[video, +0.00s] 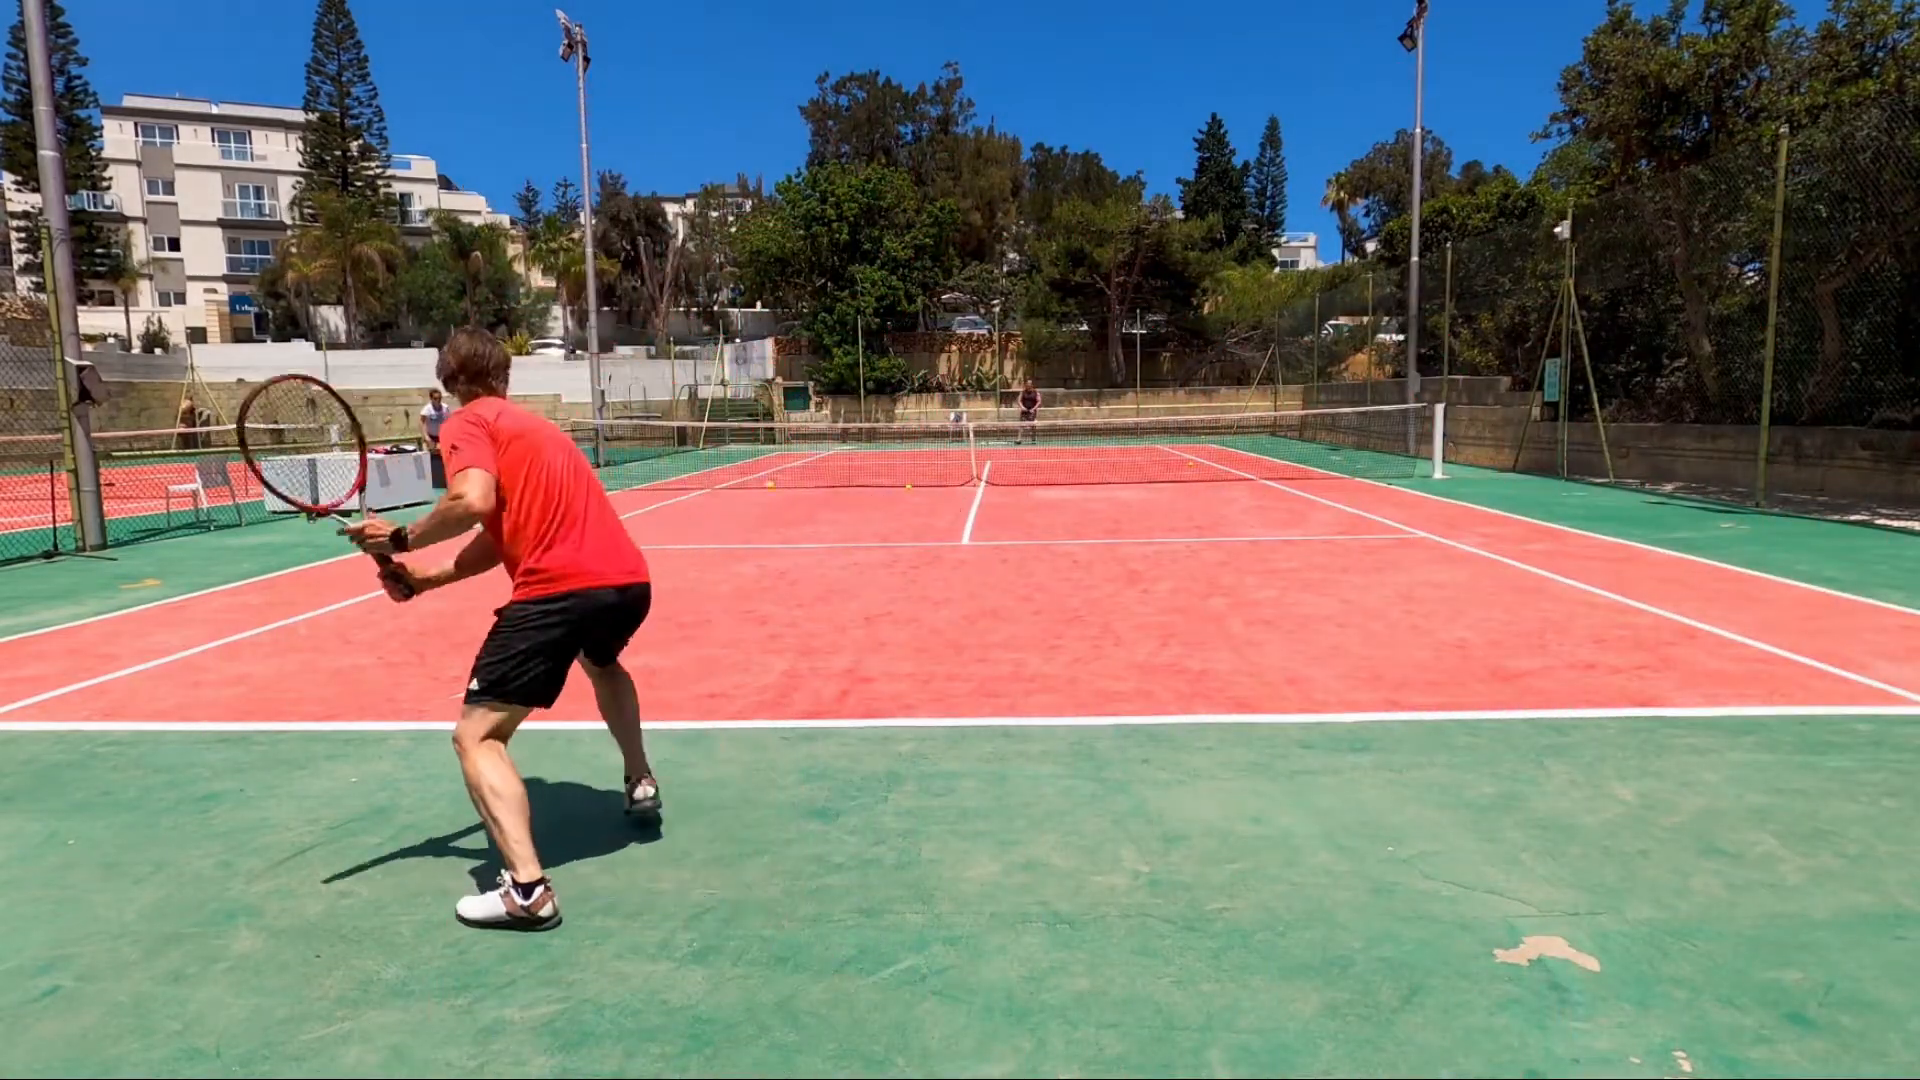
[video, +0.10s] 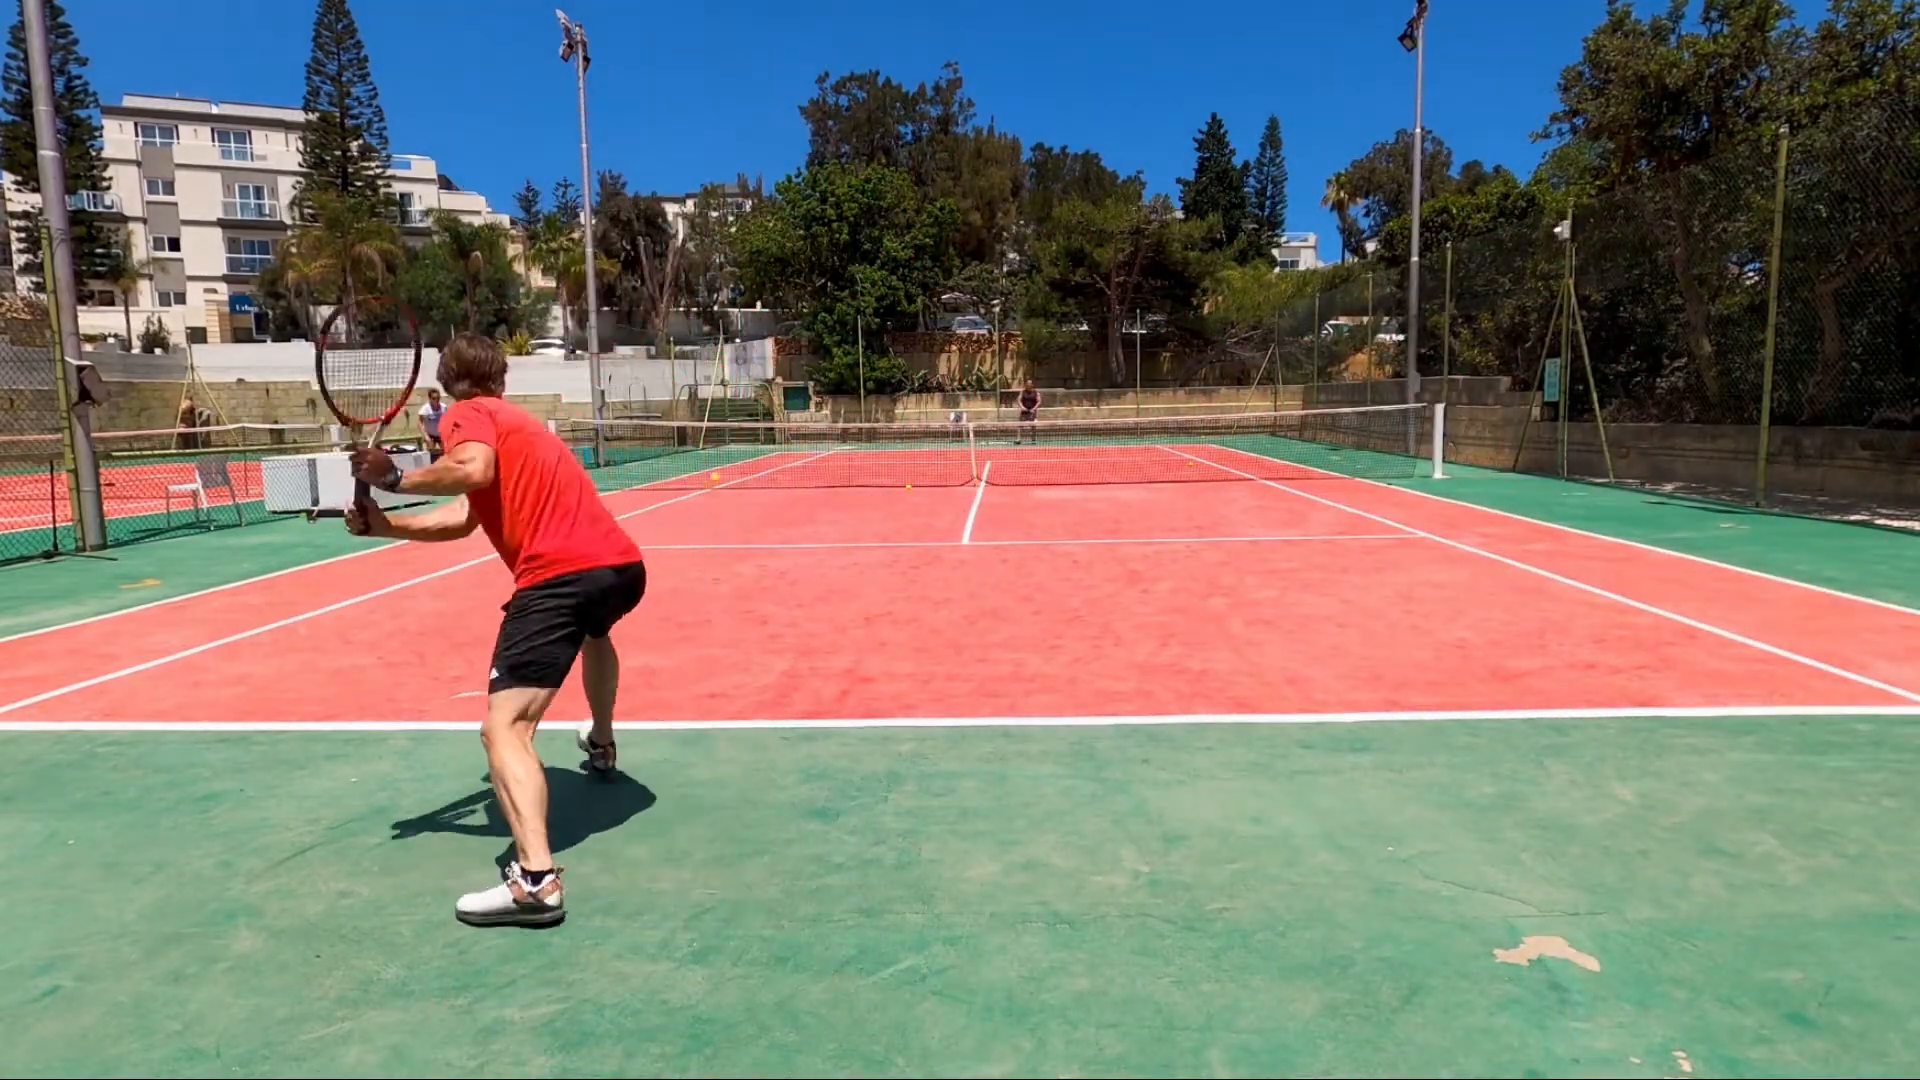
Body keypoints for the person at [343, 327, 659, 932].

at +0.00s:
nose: (439, 393)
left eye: (440, 383)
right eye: (441, 384)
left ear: (451, 382)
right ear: (501, 381)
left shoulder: (465, 424)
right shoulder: (536, 425)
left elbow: (473, 499)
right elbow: (499, 539)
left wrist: (403, 536)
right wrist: (425, 579)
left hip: (554, 593)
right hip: (627, 582)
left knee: (477, 736)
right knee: (602, 656)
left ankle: (527, 885)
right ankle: (641, 781)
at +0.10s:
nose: (438, 399)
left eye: (439, 389)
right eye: (440, 391)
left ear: (447, 386)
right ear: (500, 383)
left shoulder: (465, 413)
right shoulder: (519, 423)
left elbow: (472, 470)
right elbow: (463, 522)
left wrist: (396, 477)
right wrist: (384, 524)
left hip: (558, 578)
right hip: (622, 567)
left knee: (506, 727)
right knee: (593, 633)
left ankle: (536, 878)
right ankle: (603, 740)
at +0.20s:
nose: (434, 409)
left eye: (436, 400)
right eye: (433, 401)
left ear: (449, 399)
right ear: (493, 396)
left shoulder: (476, 425)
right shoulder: (507, 430)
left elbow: (482, 490)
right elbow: (427, 509)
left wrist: (401, 481)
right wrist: (358, 505)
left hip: (564, 576)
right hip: (616, 566)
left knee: (511, 711)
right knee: (578, 641)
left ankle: (541, 845)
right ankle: (572, 731)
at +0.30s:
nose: (448, 429)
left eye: (449, 420)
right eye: (449, 420)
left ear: (459, 422)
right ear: (500, 419)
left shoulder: (485, 451)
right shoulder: (510, 450)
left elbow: (459, 513)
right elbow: (432, 532)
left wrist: (372, 535)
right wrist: (356, 554)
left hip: (572, 588)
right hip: (610, 578)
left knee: (525, 716)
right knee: (544, 640)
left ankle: (554, 831)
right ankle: (564, 730)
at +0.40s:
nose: (455, 446)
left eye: (456, 439)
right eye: (457, 440)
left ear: (465, 437)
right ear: (507, 435)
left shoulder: (480, 461)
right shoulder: (517, 467)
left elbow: (450, 507)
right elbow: (484, 554)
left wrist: (368, 545)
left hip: (560, 590)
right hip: (605, 581)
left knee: (529, 715)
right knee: (551, 647)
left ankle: (580, 806)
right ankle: (566, 730)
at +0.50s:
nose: (454, 453)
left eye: (455, 447)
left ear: (460, 442)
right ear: (505, 443)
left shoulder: (469, 461)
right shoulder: (525, 471)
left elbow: (443, 489)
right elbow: (548, 532)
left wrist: (383, 513)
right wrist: (521, 593)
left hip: (543, 582)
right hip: (592, 575)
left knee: (538, 711)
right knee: (549, 634)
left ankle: (596, 781)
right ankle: (562, 725)